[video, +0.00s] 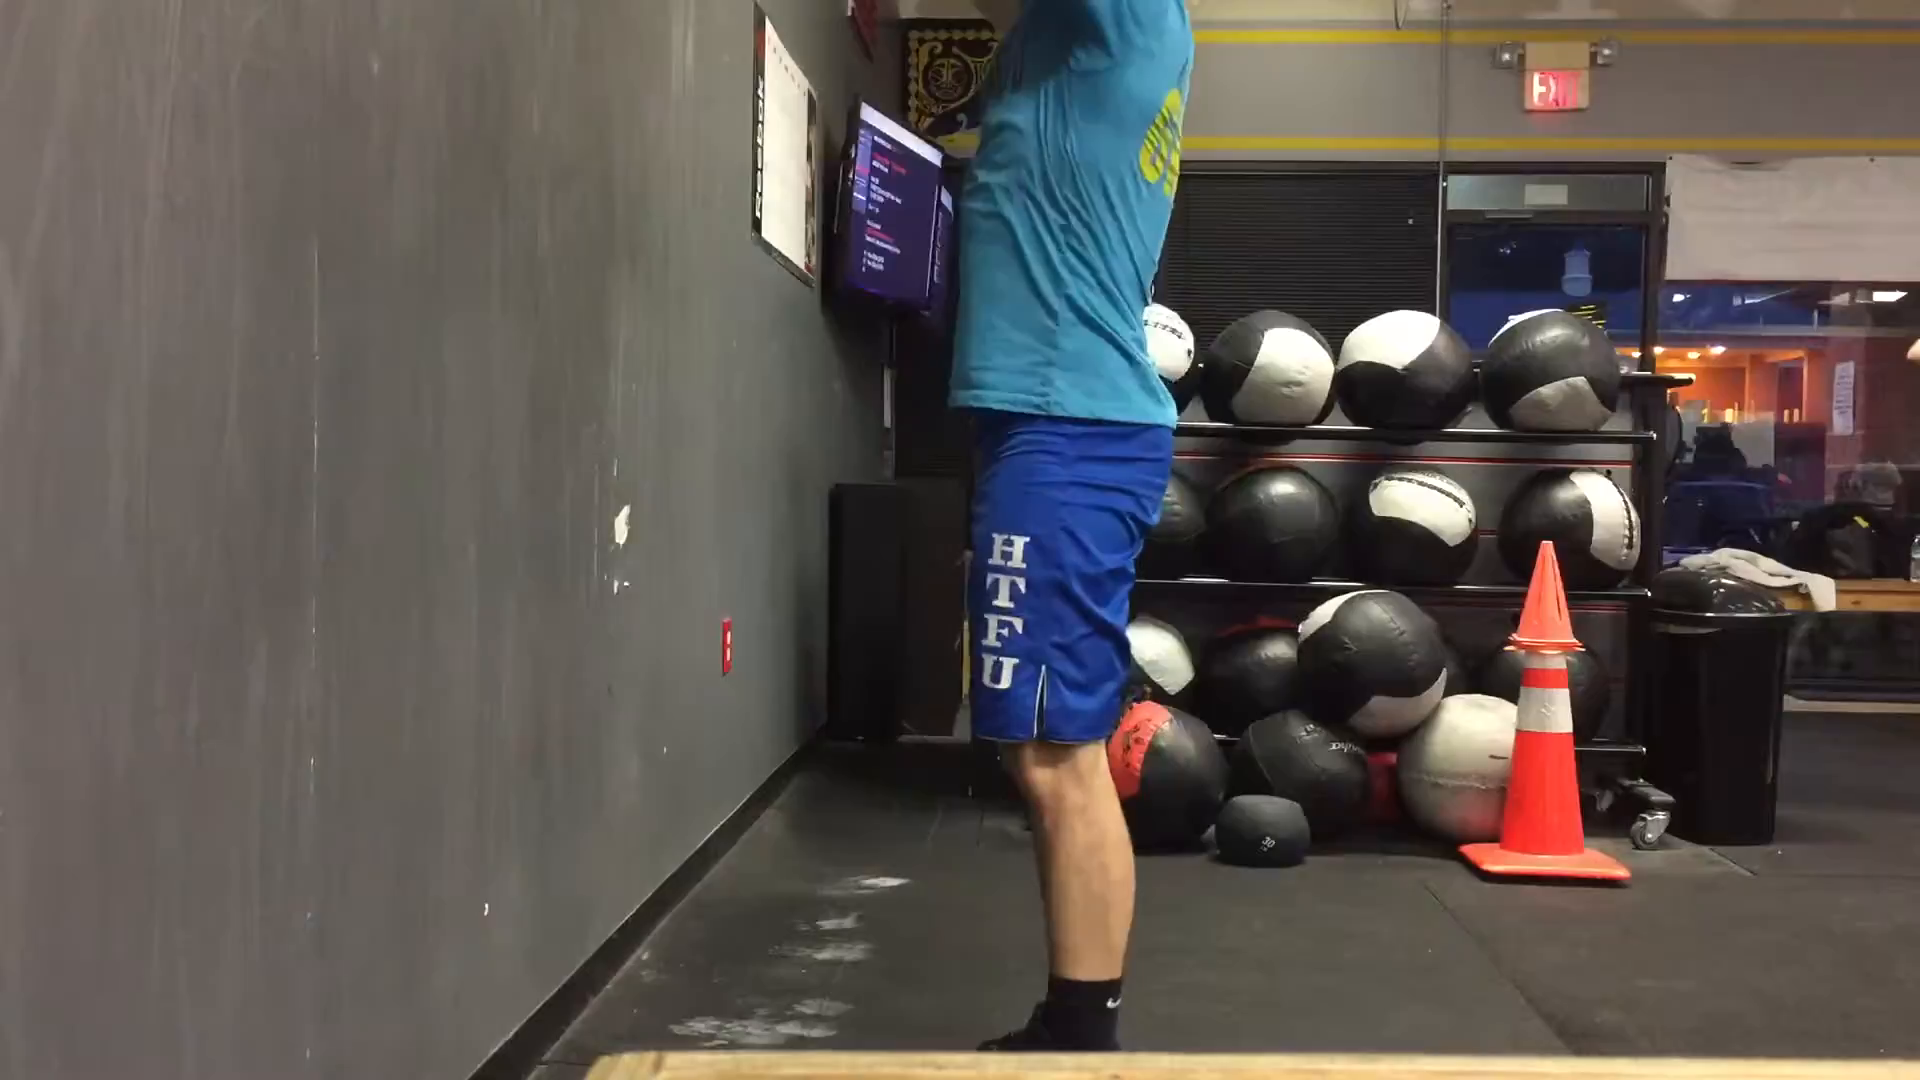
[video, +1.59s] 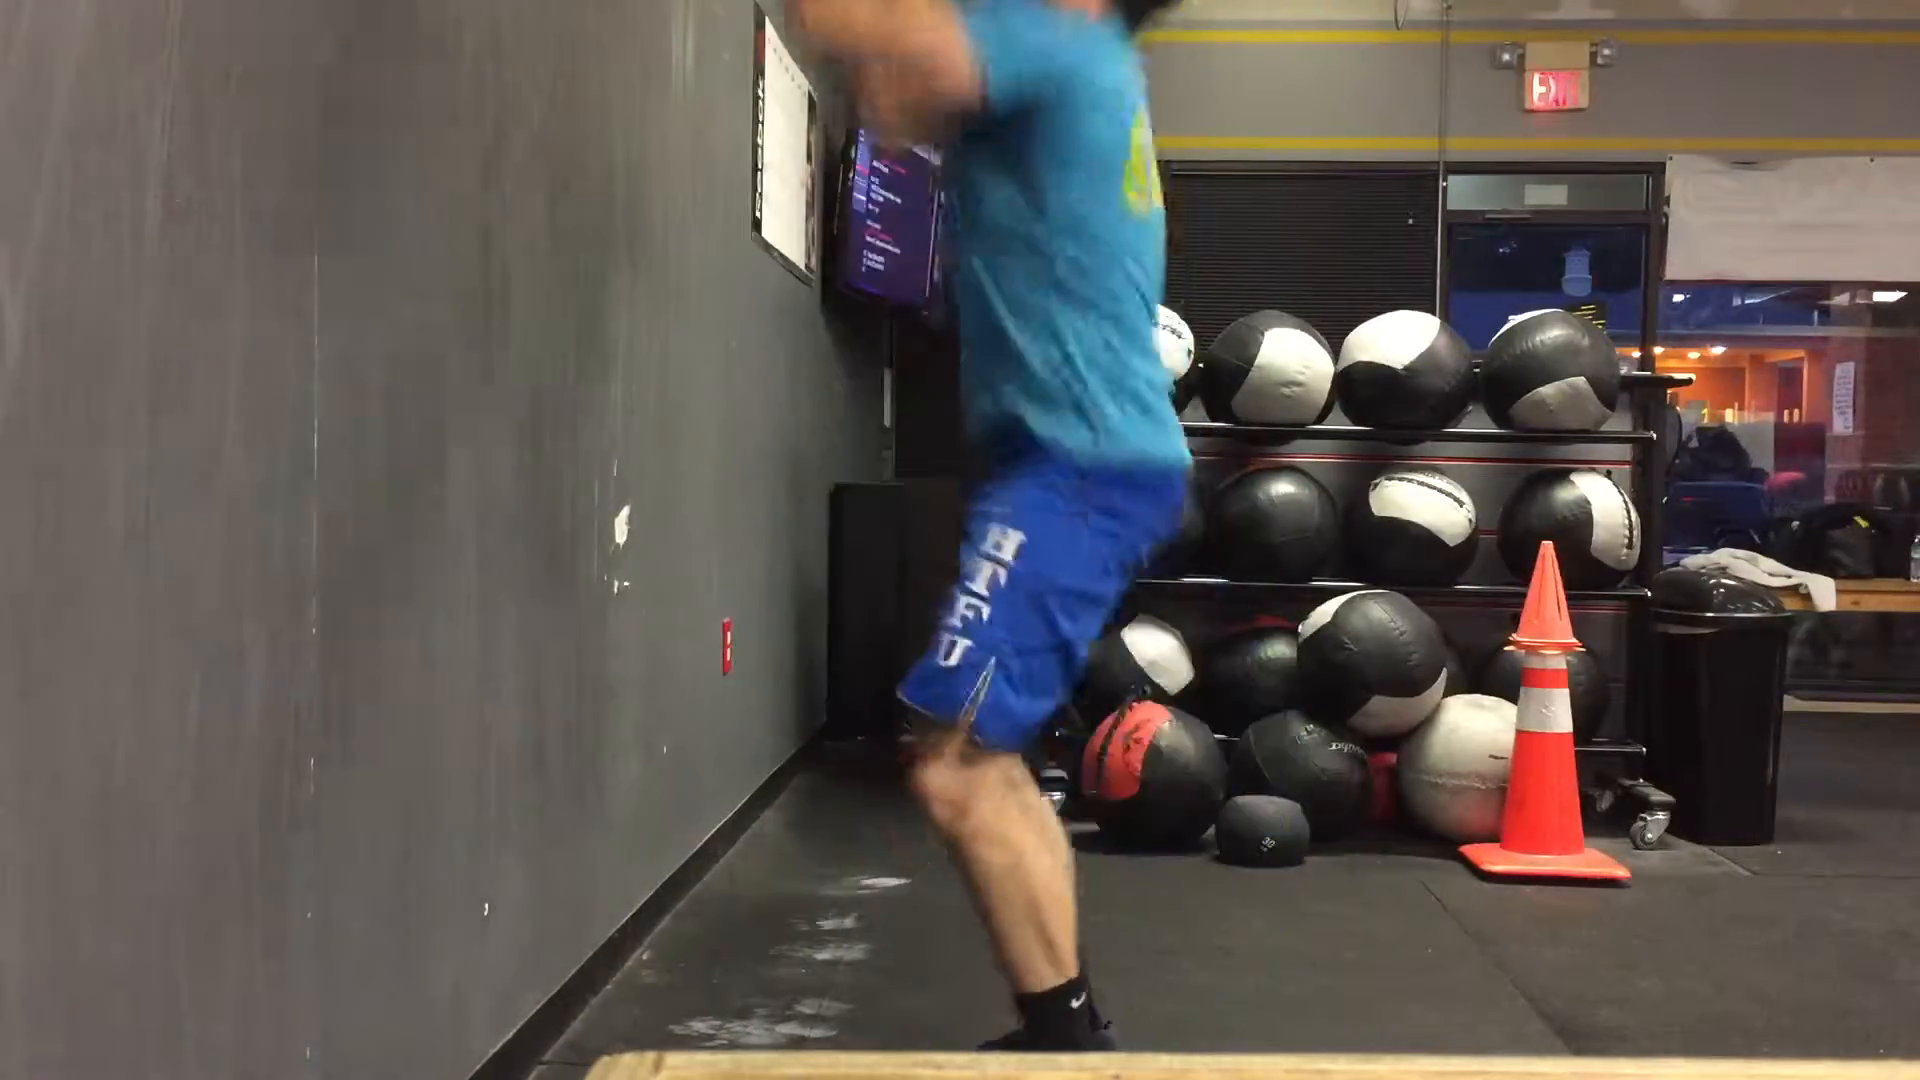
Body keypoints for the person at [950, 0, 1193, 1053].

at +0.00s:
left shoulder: (1124, 21)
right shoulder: (1082, 38)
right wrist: (940, 179)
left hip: (1073, 426)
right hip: (1057, 425)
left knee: (1055, 755)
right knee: (1059, 754)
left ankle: (1081, 1033)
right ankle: (1079, 1026)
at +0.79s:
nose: (1015, 0)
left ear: (1077, 8)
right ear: (1099, 17)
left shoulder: (1054, 84)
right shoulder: (1084, 102)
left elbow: (818, 121)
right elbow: (921, 223)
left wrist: (792, 2)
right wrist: (875, 103)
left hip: (1139, 499)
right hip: (1123, 496)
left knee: (945, 789)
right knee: (1009, 790)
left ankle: (1058, 1038)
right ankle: (1064, 1023)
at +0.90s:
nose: (986, 109)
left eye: (1013, 93)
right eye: (1002, 89)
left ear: (1062, 136)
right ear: (1065, 149)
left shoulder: (1023, 253)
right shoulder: (1068, 252)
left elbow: (803, 346)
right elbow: (903, 407)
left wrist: (764, 180)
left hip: (1174, 642)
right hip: (1185, 624)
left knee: (907, 821)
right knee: (958, 782)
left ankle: (1044, 1043)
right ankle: (1061, 1017)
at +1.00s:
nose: (959, 267)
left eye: (985, 257)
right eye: (975, 250)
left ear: (1032, 302)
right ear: (1036, 305)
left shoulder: (1015, 433)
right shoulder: (1053, 412)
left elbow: (807, 562)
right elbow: (850, 539)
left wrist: (743, 398)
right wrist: (777, 399)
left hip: (1197, 779)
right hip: (1166, 729)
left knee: (891, 849)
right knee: (923, 768)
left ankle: (1044, 1049)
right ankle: (1061, 1019)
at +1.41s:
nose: (949, 166)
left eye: (974, 152)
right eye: (962, 149)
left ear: (1023, 189)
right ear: (1023, 195)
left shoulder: (1020, 313)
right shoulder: (1035, 299)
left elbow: (827, 450)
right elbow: (855, 425)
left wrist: (752, 305)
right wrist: (771, 309)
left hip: (1187, 655)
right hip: (1149, 636)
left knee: (911, 830)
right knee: (932, 765)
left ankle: (1049, 1043)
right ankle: (1060, 1016)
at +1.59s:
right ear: (1105, 5)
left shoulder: (1065, 43)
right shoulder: (1072, 58)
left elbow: (914, 69)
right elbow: (904, 111)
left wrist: (807, 14)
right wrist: (885, 43)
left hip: (1086, 460)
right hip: (1057, 456)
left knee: (957, 767)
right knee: (973, 758)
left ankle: (1063, 1031)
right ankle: (1057, 1022)